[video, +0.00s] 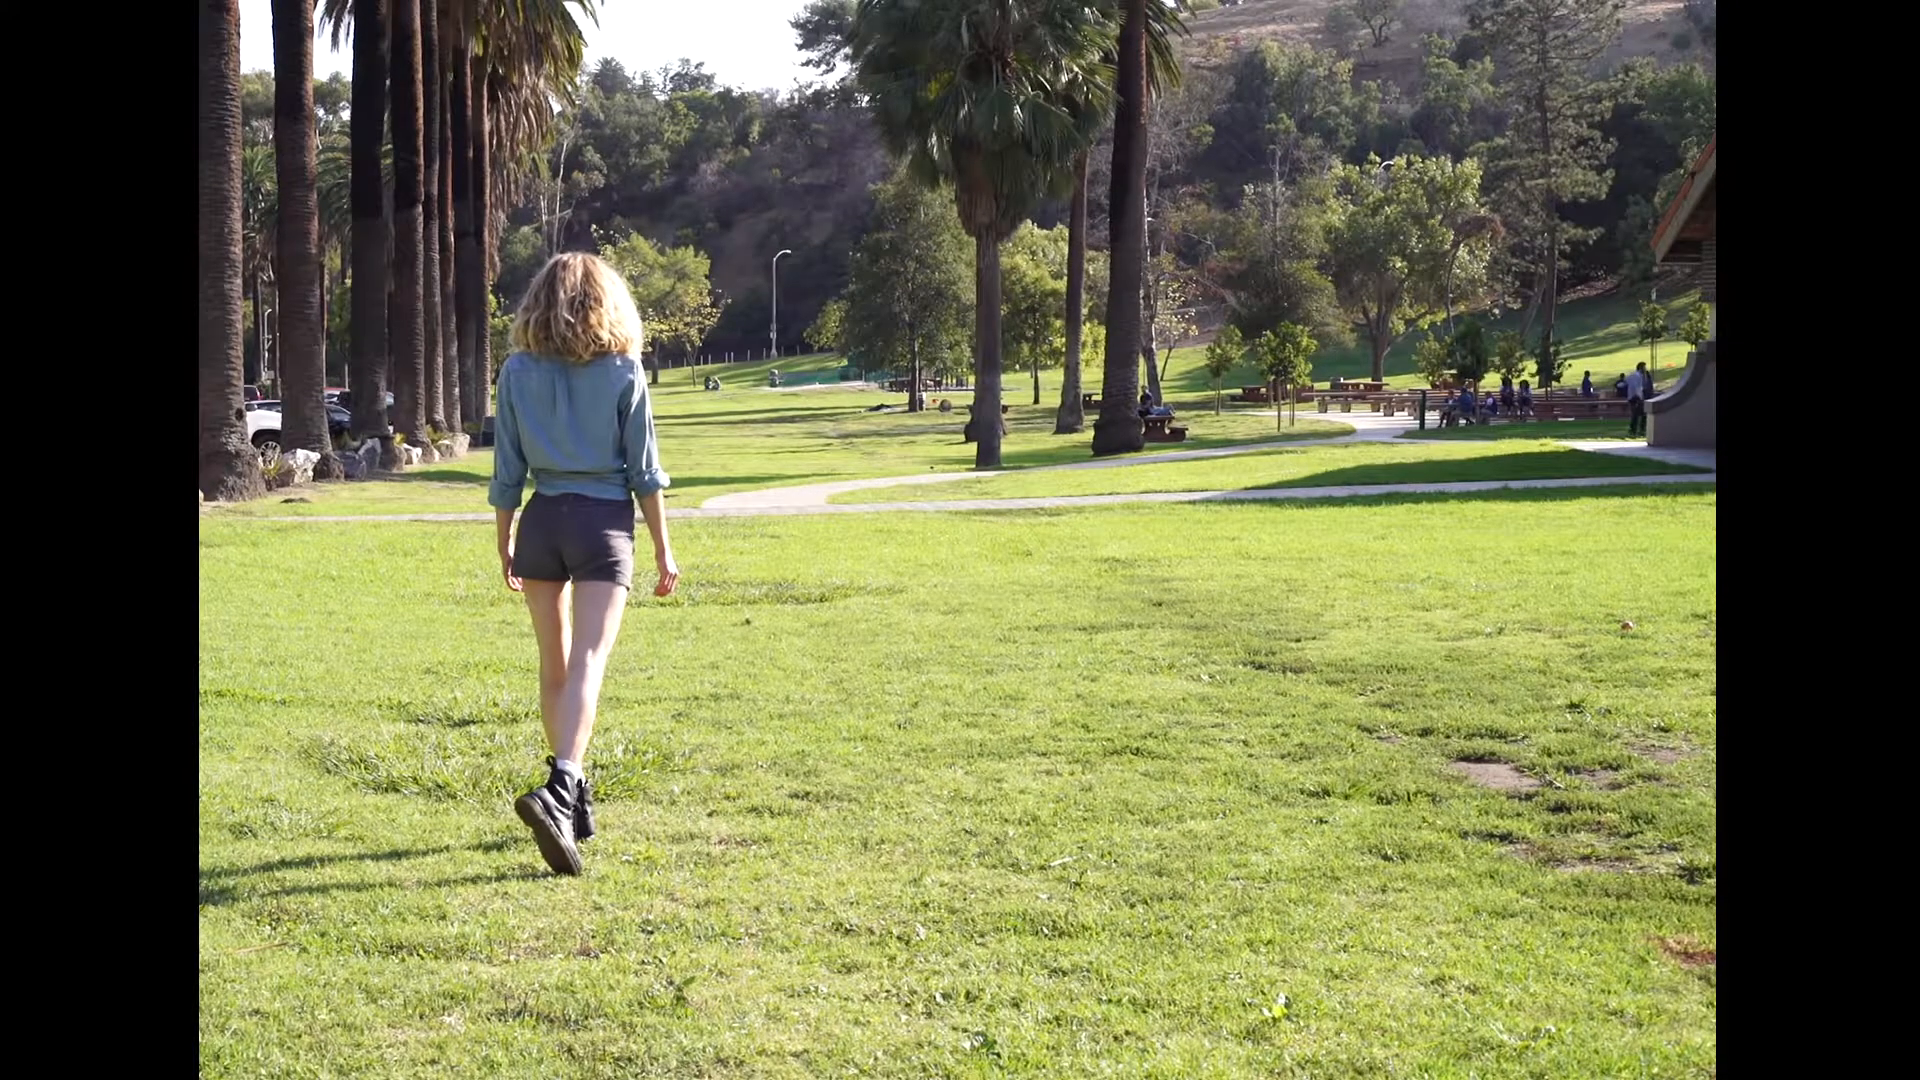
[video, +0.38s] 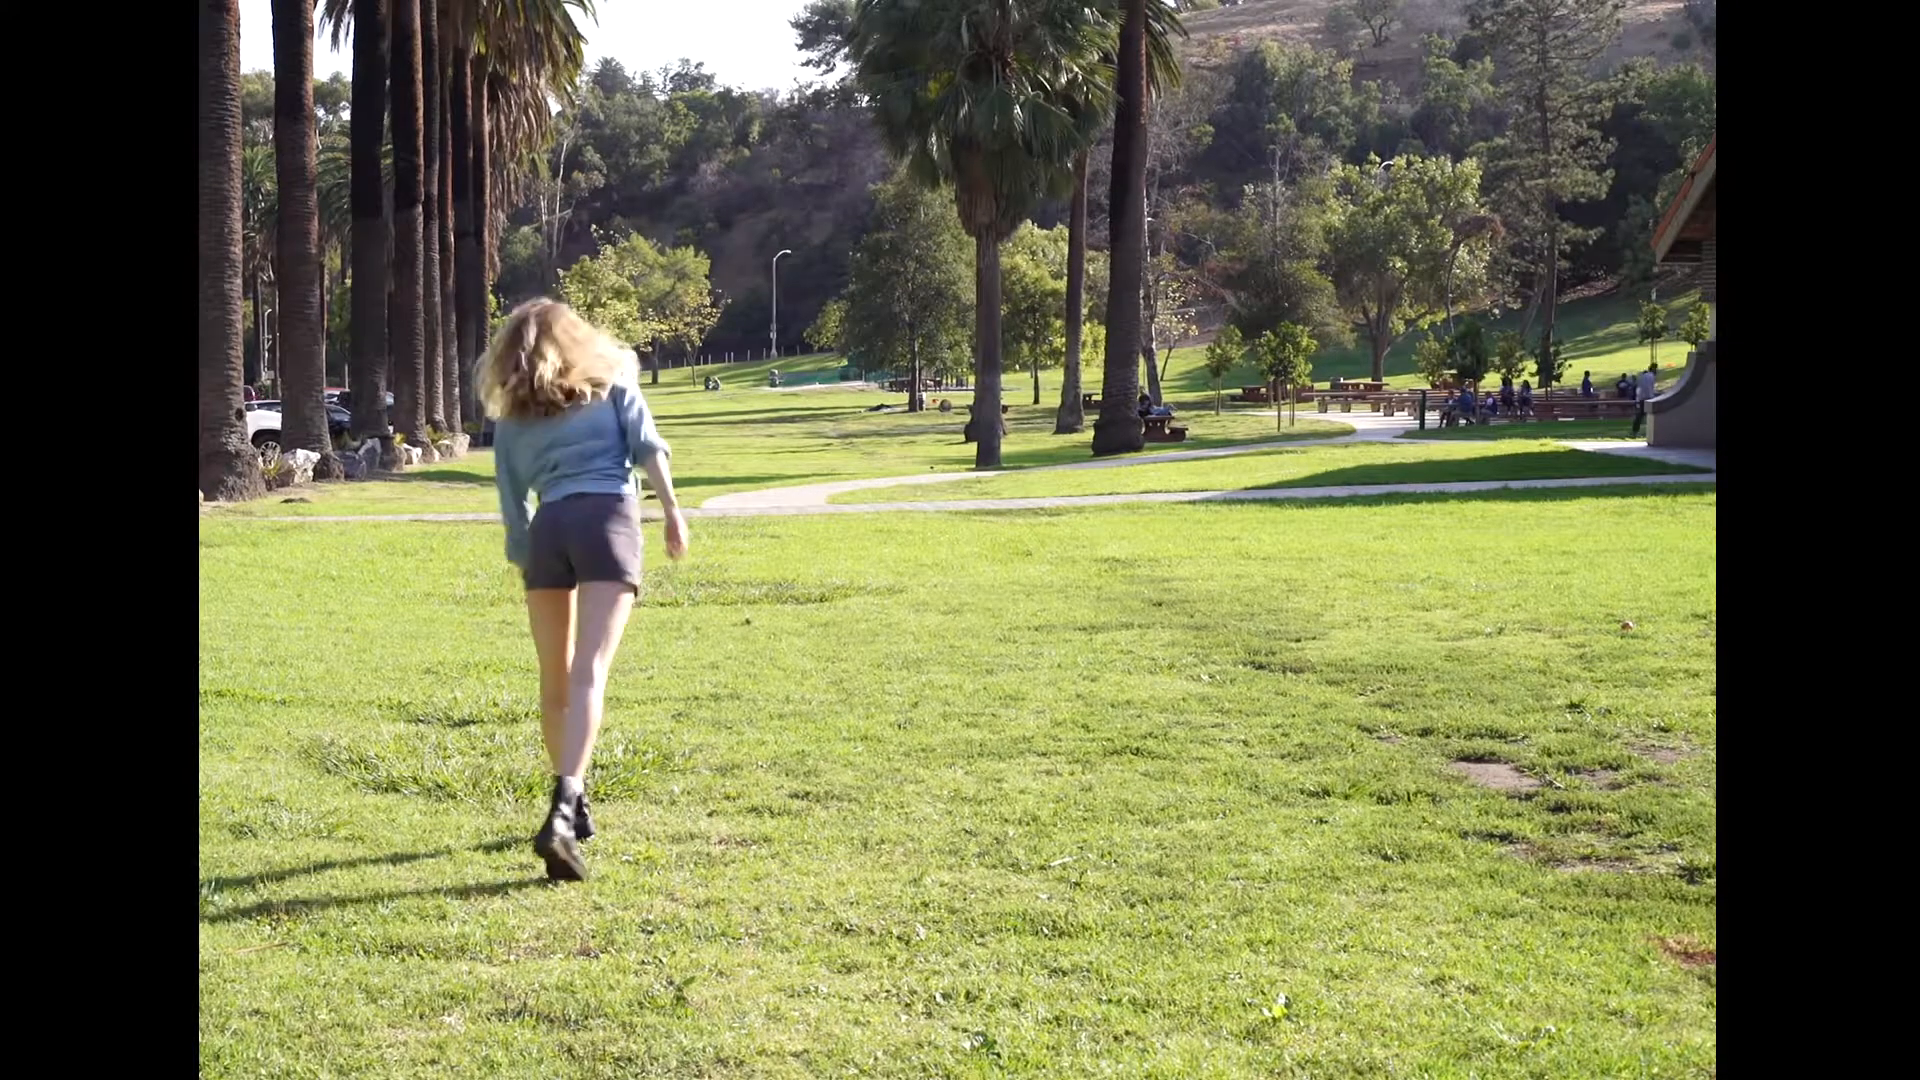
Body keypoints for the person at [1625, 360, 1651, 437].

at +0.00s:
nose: (1645, 369)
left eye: (1645, 367)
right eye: (1644, 367)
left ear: (1638, 368)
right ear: (1641, 368)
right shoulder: (1637, 376)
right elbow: (1637, 389)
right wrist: (1641, 397)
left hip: (1632, 398)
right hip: (1636, 398)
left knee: (1634, 415)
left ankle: (1633, 430)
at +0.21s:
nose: (1650, 369)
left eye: (1650, 367)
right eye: (1650, 368)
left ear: (1643, 367)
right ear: (1648, 368)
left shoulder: (1639, 375)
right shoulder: (1648, 375)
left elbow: (1636, 386)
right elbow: (1649, 386)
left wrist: (1635, 395)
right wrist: (1650, 395)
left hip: (1637, 397)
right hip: (1644, 397)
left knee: (1637, 414)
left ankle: (1633, 432)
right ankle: (1633, 432)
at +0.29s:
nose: (1653, 370)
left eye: (1652, 368)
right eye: (1652, 368)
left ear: (1646, 368)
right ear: (1651, 368)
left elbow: (1636, 386)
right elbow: (1650, 386)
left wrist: (1636, 397)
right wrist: (1652, 394)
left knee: (1638, 414)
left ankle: (1633, 432)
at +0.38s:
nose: (1656, 370)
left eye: (1656, 369)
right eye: (1656, 369)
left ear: (1649, 368)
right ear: (1654, 369)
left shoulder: (1642, 375)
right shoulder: (1650, 376)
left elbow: (1639, 389)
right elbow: (1650, 389)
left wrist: (1637, 400)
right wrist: (1652, 397)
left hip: (1640, 397)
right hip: (1647, 397)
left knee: (1639, 414)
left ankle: (1634, 431)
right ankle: (1634, 431)